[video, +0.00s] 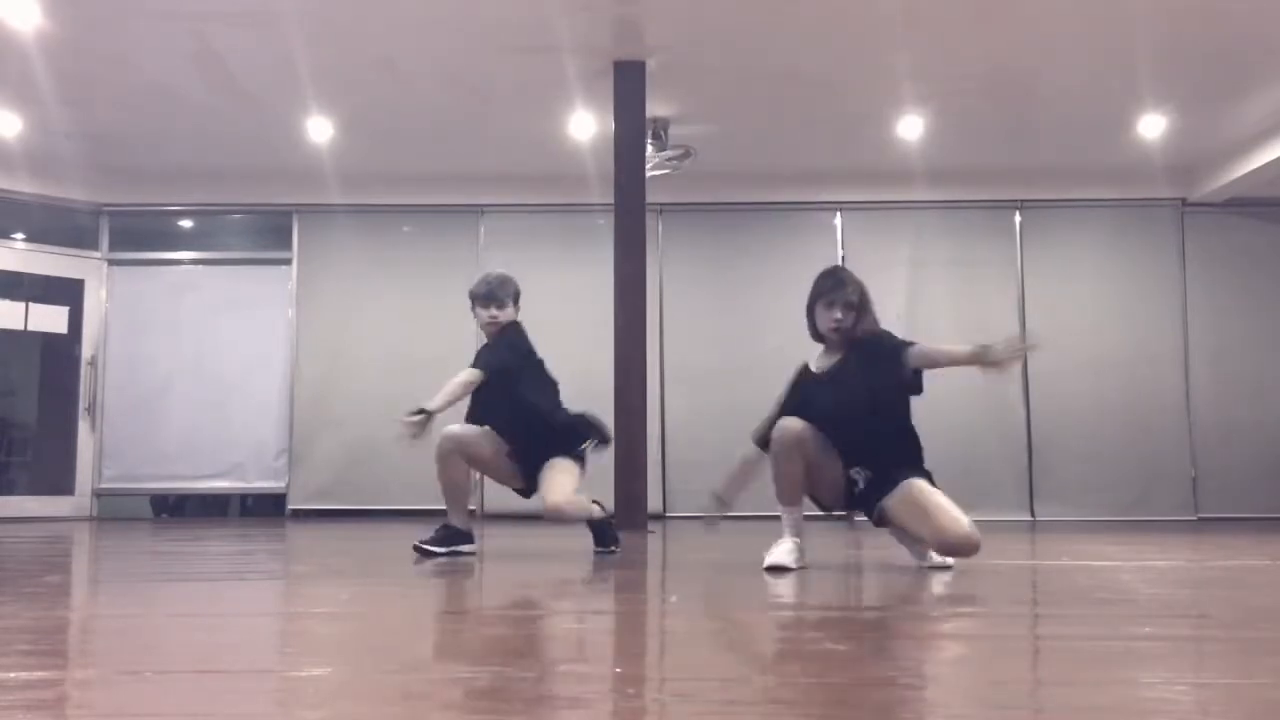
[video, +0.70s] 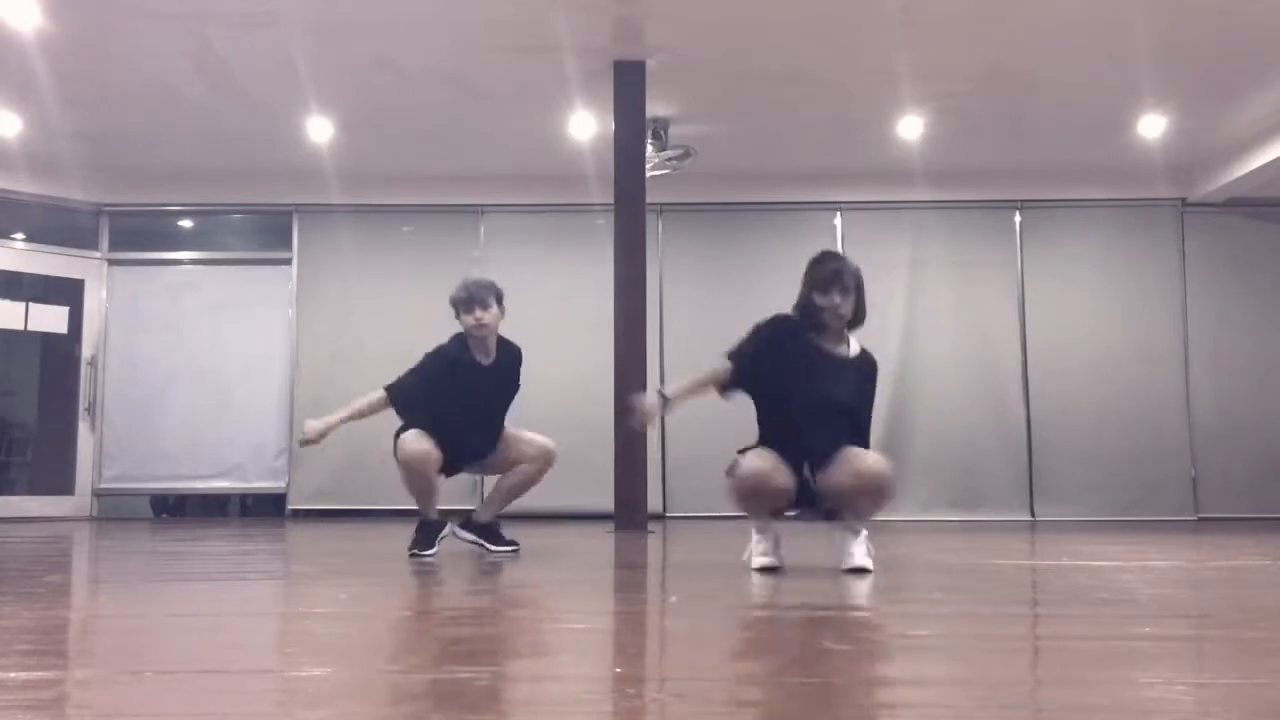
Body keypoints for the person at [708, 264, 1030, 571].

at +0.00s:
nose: (839, 315)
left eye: (849, 307)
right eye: (829, 306)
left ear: (861, 313)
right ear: (813, 311)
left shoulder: (879, 348)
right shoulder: (807, 376)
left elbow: (926, 357)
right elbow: (763, 444)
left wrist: (979, 356)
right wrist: (724, 495)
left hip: (891, 479)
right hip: (837, 479)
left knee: (966, 541)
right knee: (788, 430)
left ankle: (905, 534)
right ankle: (789, 542)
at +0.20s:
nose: (826, 259)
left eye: (836, 252)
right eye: (818, 249)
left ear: (848, 259)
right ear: (801, 252)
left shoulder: (857, 313)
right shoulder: (780, 301)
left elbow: (913, 357)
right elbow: (745, 358)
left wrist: (956, 396)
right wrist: (790, 341)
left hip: (859, 422)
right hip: (803, 419)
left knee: (849, 507)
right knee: (774, 448)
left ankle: (914, 507)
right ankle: (790, 542)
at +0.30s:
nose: (829, 249)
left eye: (839, 241)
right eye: (821, 238)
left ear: (850, 248)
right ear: (803, 240)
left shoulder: (861, 307)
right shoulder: (781, 278)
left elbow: (887, 367)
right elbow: (814, 327)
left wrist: (864, 427)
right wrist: (888, 321)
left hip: (848, 395)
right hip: (792, 393)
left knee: (806, 457)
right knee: (767, 453)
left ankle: (872, 518)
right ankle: (790, 541)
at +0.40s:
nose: (838, 251)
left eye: (847, 242)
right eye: (827, 241)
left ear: (858, 249)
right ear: (808, 247)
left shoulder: (868, 318)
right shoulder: (788, 281)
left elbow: (861, 400)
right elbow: (834, 336)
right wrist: (908, 351)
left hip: (838, 410)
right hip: (783, 409)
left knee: (847, 445)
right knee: (721, 457)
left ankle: (843, 534)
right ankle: (790, 535)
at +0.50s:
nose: (839, 279)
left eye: (848, 270)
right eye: (829, 269)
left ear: (861, 275)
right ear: (812, 272)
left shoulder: (865, 347)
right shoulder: (794, 307)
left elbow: (850, 422)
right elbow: (824, 369)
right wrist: (870, 426)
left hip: (836, 456)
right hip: (770, 452)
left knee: (932, 483)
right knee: (669, 479)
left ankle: (840, 531)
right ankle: (776, 527)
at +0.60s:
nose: (836, 309)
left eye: (846, 301)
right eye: (827, 299)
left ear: (857, 307)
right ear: (811, 302)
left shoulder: (864, 374)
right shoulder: (789, 337)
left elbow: (851, 443)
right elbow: (772, 394)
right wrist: (752, 443)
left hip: (843, 482)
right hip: (779, 478)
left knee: (941, 490)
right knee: (678, 494)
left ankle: (848, 531)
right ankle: (775, 530)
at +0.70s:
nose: (835, 302)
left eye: (844, 293)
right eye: (825, 292)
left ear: (856, 299)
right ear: (809, 294)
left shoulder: (863, 364)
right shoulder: (779, 334)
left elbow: (860, 440)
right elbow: (722, 377)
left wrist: (855, 519)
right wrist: (662, 400)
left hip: (836, 469)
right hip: (779, 466)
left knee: (873, 472)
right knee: (755, 473)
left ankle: (854, 537)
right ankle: (764, 536)